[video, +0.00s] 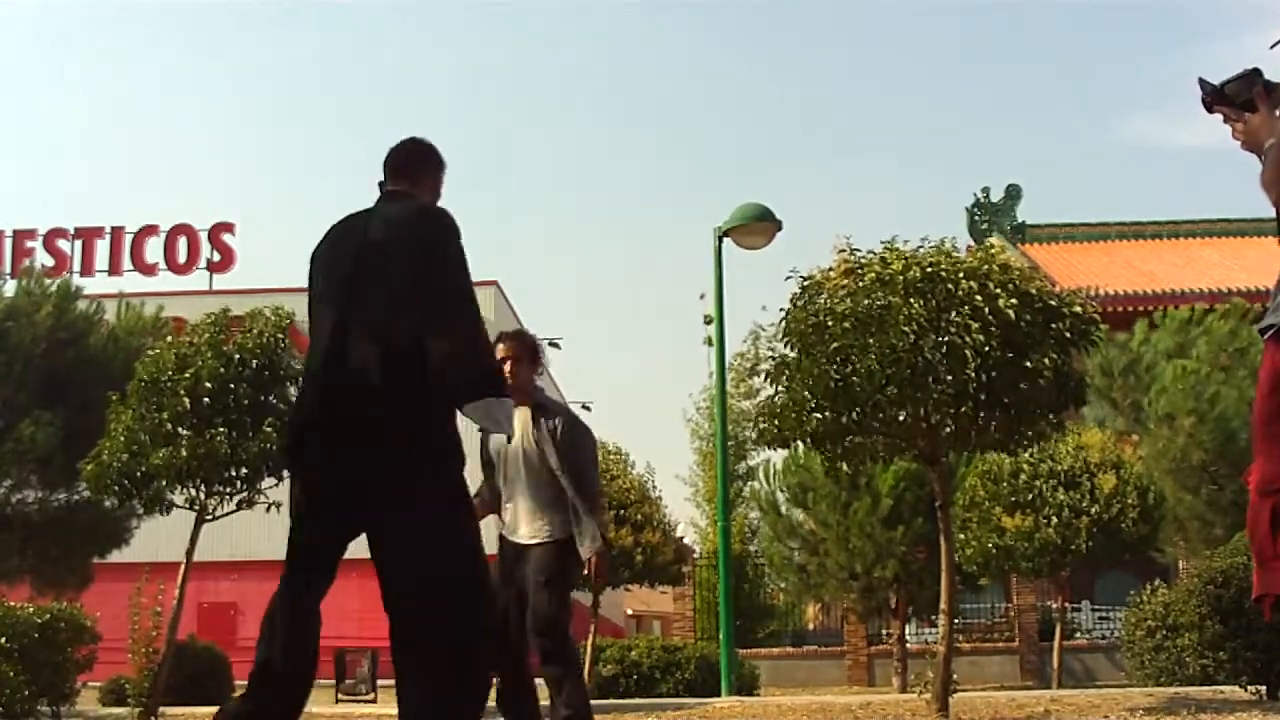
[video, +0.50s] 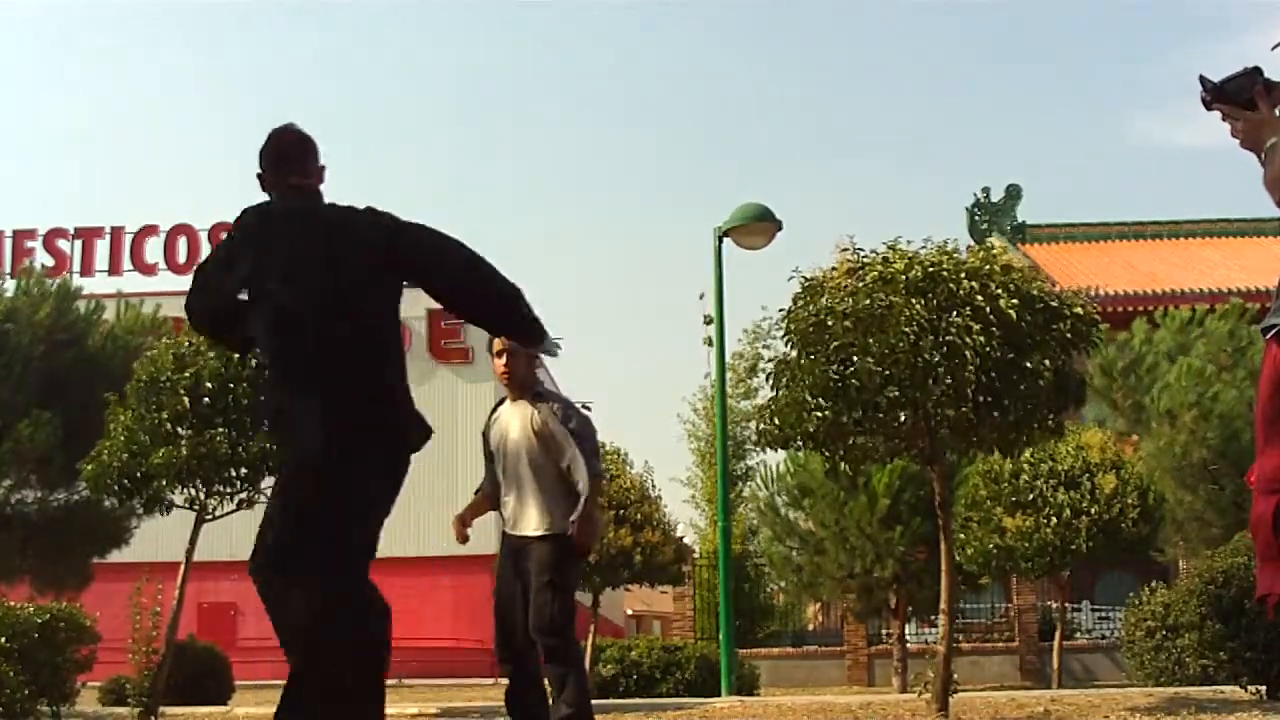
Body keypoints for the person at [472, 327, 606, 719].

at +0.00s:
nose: (504, 369)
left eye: (512, 361)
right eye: (499, 363)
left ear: (534, 366)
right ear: (495, 370)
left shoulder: (561, 423)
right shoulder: (494, 425)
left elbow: (585, 488)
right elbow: (494, 488)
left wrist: (593, 542)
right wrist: (467, 513)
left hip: (552, 542)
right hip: (510, 542)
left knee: (547, 632)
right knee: (509, 638)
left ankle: (572, 712)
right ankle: (518, 713)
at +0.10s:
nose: (516, 365)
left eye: (523, 356)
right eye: (510, 357)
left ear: (536, 359)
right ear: (500, 363)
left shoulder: (559, 412)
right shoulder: (497, 416)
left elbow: (586, 476)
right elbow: (499, 483)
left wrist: (597, 531)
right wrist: (472, 513)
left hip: (555, 536)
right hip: (514, 535)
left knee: (550, 629)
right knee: (508, 630)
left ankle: (573, 710)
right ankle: (516, 710)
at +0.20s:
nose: (510, 374)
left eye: (520, 365)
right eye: (506, 365)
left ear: (537, 366)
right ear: (503, 369)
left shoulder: (559, 408)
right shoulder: (497, 416)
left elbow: (593, 465)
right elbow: (497, 481)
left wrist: (603, 519)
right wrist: (475, 513)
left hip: (556, 535)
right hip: (515, 537)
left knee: (553, 631)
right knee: (509, 639)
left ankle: (573, 711)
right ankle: (524, 713)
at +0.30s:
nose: (509, 373)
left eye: (518, 367)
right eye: (507, 367)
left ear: (538, 371)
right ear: (504, 372)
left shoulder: (561, 412)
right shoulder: (497, 417)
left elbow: (594, 471)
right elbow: (497, 478)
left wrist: (597, 519)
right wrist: (473, 514)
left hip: (557, 534)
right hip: (516, 535)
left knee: (552, 627)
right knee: (513, 632)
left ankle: (573, 711)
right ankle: (526, 712)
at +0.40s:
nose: (507, 362)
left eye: (516, 353)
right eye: (500, 354)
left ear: (536, 358)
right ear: (493, 362)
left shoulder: (556, 412)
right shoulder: (496, 419)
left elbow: (591, 467)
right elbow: (495, 484)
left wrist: (593, 512)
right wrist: (472, 513)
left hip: (555, 537)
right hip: (515, 537)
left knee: (551, 632)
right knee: (512, 638)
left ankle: (574, 712)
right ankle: (526, 713)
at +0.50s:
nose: (505, 361)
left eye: (514, 353)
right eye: (499, 354)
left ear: (533, 359)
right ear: (491, 363)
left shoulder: (556, 410)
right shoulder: (497, 418)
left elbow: (587, 465)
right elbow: (496, 483)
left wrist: (587, 511)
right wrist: (467, 514)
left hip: (553, 538)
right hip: (513, 538)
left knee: (551, 633)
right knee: (512, 639)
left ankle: (573, 712)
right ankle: (527, 713)